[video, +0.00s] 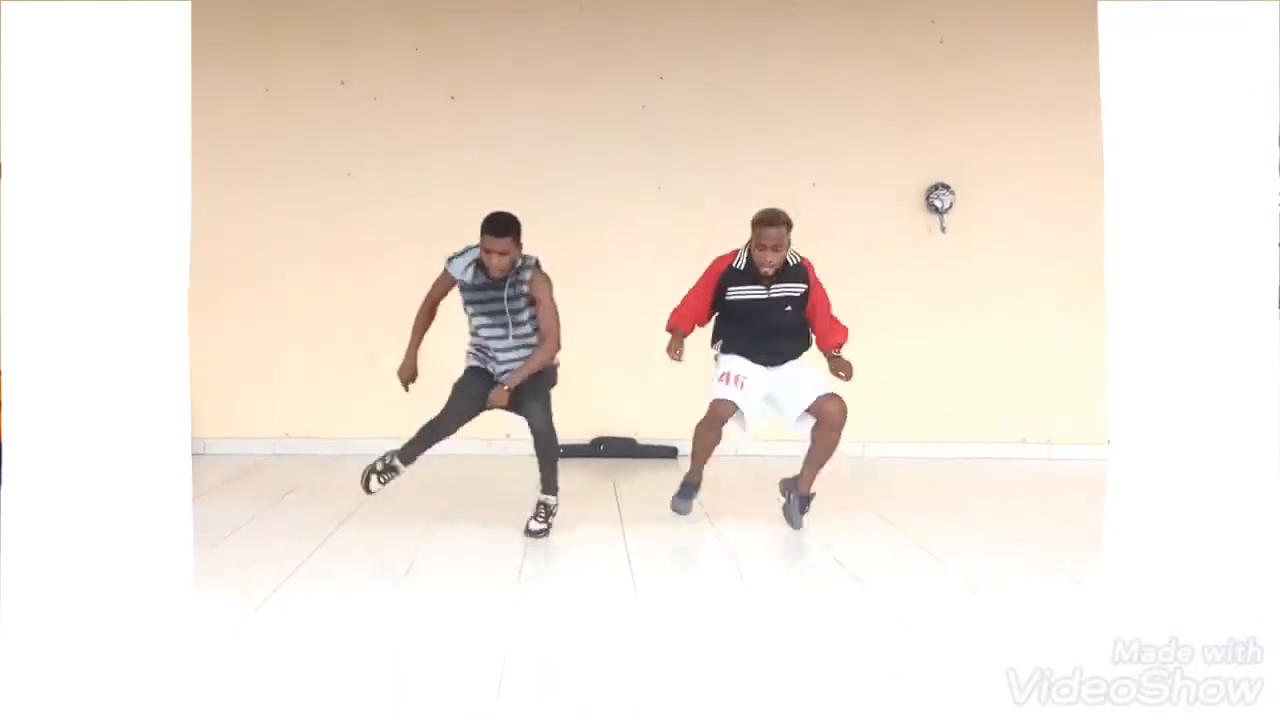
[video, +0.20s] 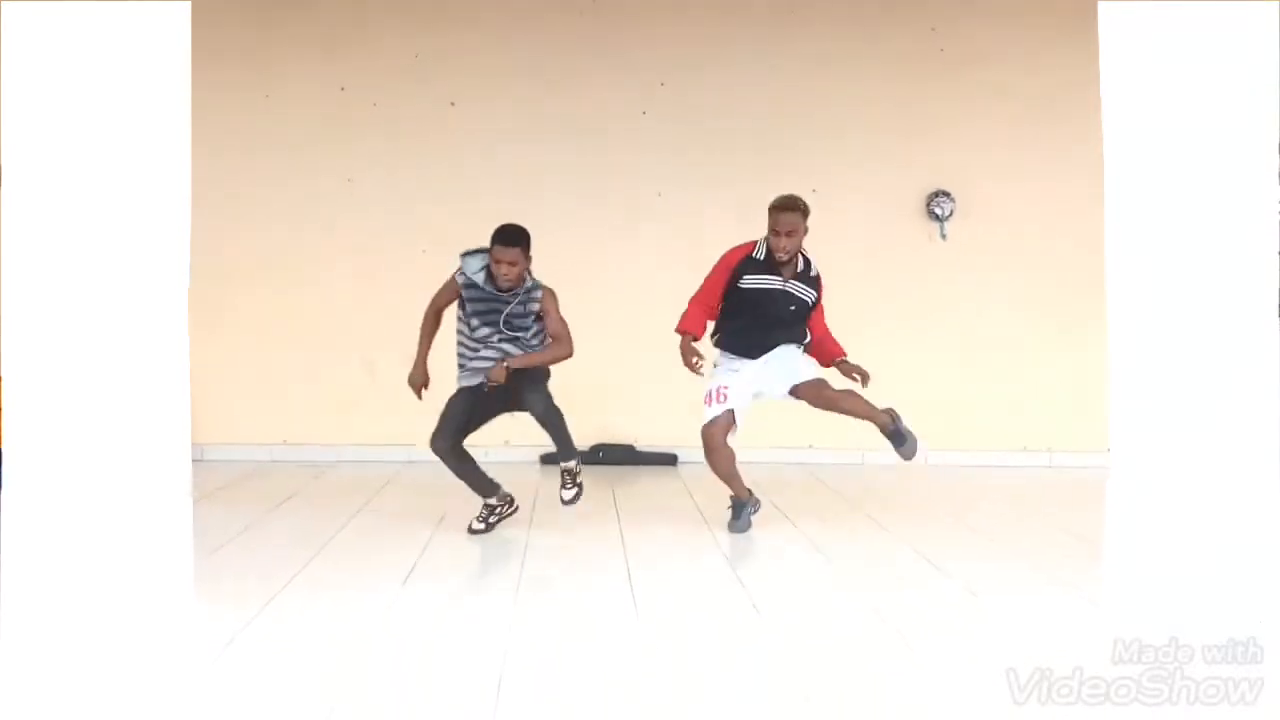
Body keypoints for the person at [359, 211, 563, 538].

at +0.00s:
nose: (495, 262)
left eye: (504, 254)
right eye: (489, 253)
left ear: (518, 249)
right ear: (480, 246)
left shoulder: (534, 279)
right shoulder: (462, 267)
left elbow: (551, 344)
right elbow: (431, 302)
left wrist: (510, 385)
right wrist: (411, 355)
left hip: (530, 368)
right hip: (484, 366)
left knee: (540, 422)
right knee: (449, 420)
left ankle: (548, 499)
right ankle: (397, 461)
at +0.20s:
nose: (504, 271)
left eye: (513, 264)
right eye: (498, 262)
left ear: (527, 262)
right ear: (488, 257)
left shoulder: (541, 296)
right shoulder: (466, 281)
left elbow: (564, 347)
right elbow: (435, 308)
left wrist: (511, 364)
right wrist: (420, 363)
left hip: (523, 378)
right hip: (480, 385)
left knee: (537, 401)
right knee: (443, 442)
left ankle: (569, 464)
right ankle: (497, 499)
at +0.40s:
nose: (493, 290)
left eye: (501, 283)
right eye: (488, 283)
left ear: (518, 280)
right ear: (481, 279)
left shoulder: (533, 303)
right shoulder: (471, 307)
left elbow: (545, 357)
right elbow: (453, 344)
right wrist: (429, 389)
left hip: (525, 407)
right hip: (481, 400)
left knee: (562, 457)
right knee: (442, 427)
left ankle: (527, 495)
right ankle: (427, 481)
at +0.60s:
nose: (489, 347)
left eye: (498, 340)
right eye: (483, 339)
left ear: (512, 338)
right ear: (475, 336)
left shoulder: (532, 362)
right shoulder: (460, 359)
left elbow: (577, 398)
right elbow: (430, 396)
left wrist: (544, 433)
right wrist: (407, 437)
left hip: (524, 438)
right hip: (481, 437)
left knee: (552, 469)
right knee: (428, 447)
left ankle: (544, 504)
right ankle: (461, 505)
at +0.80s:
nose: (490, 306)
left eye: (499, 299)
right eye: (485, 298)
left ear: (515, 298)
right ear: (479, 294)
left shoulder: (531, 318)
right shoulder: (463, 324)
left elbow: (578, 335)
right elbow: (424, 351)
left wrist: (534, 333)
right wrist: (387, 386)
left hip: (526, 429)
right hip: (476, 425)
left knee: (566, 469)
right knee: (418, 450)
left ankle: (533, 500)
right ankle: (450, 500)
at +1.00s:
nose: (482, 245)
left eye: (491, 240)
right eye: (477, 237)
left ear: (508, 236)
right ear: (471, 229)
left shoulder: (517, 271)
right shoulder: (466, 243)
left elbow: (504, 334)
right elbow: (472, 267)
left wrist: (448, 366)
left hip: (520, 368)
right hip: (476, 366)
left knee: (552, 443)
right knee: (437, 414)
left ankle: (531, 502)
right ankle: (431, 509)